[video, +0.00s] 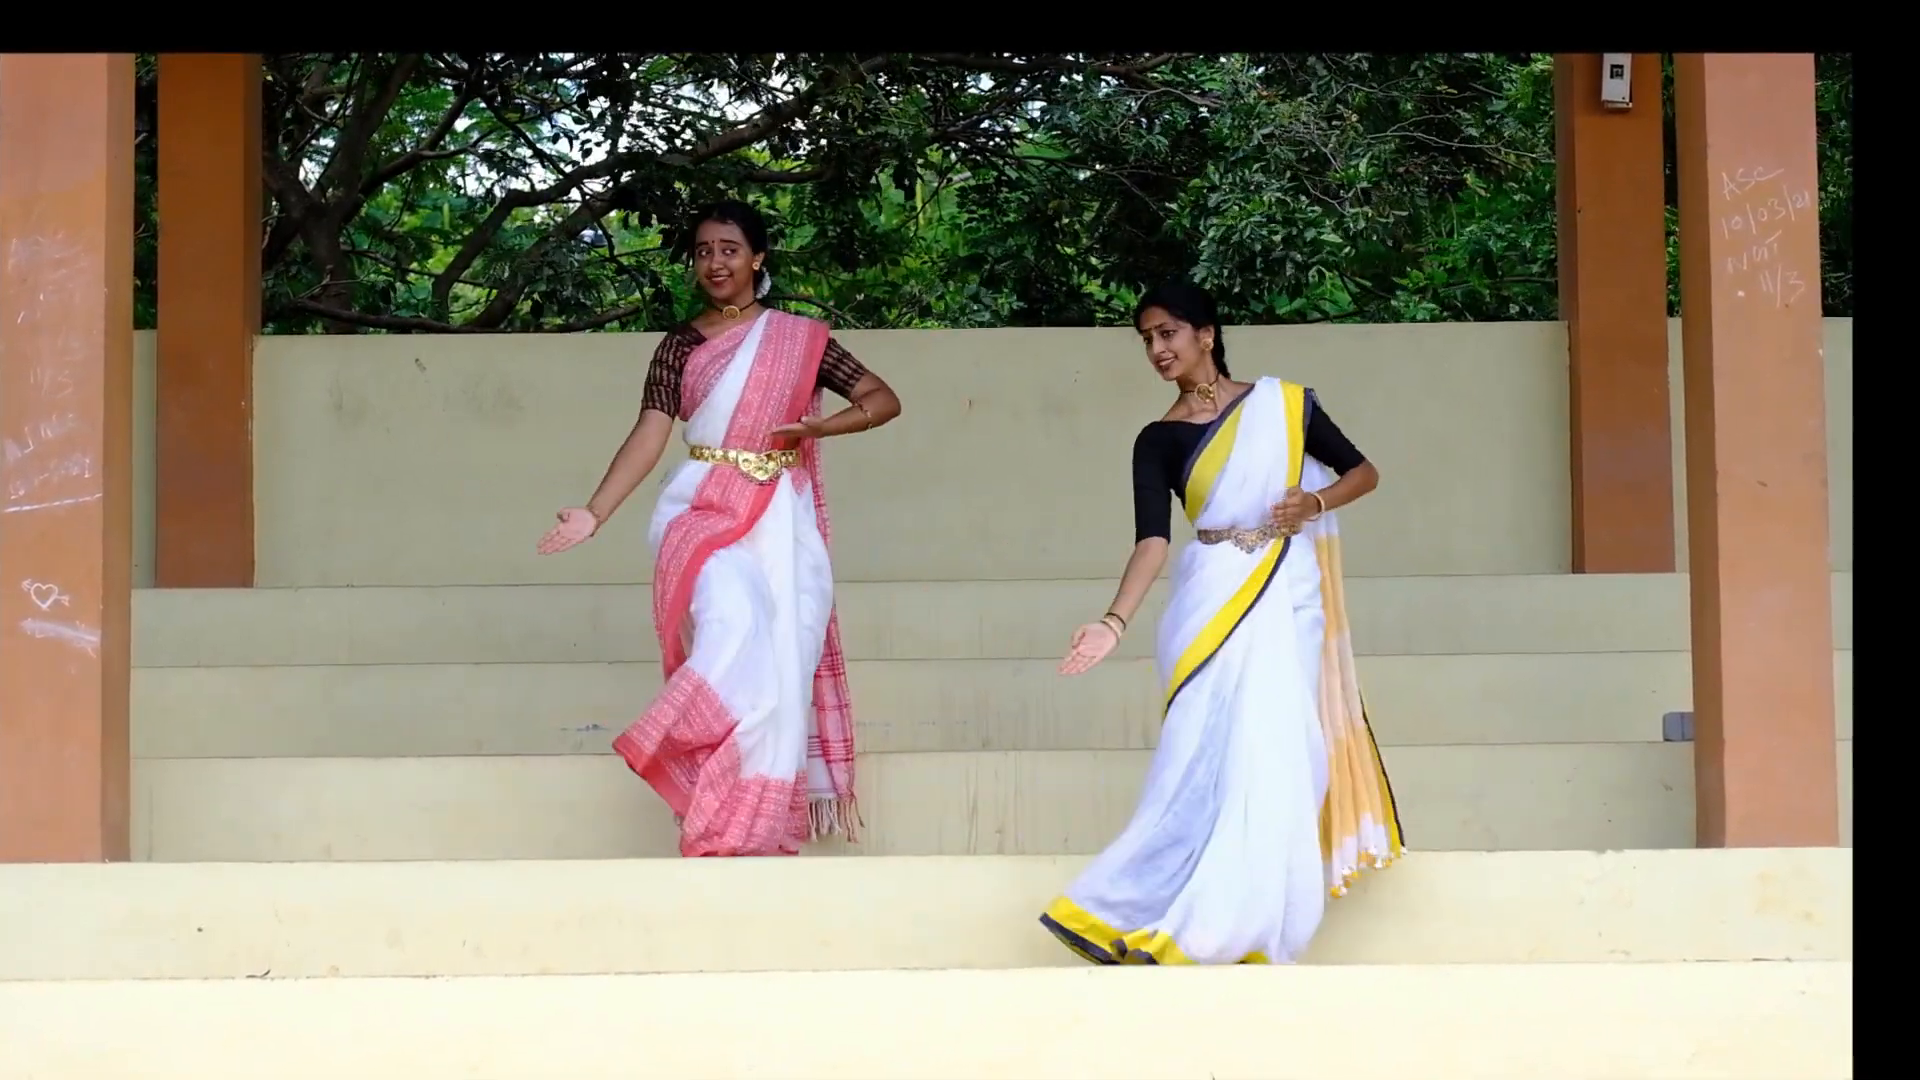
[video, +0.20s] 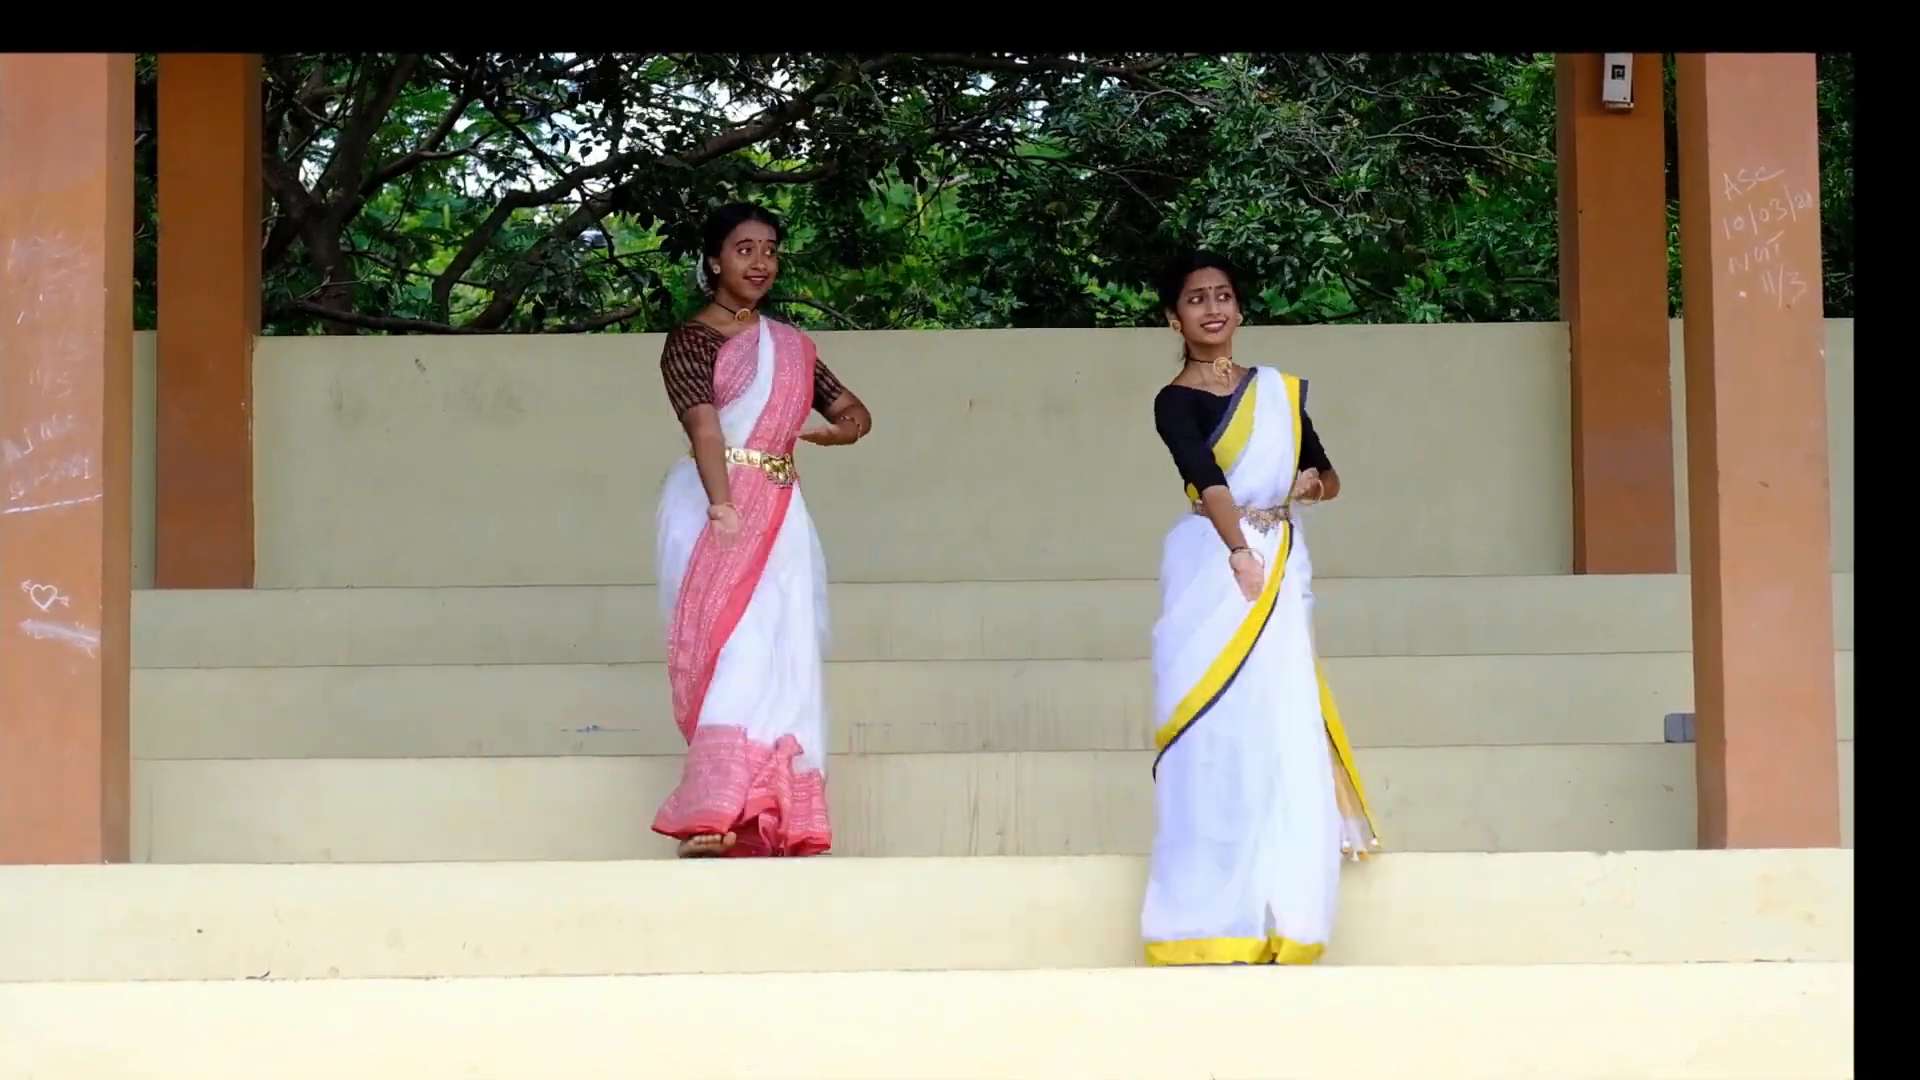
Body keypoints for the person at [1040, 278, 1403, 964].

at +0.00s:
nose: (1157, 351)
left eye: (1167, 334)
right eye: (1147, 339)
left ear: (1205, 332)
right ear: (1146, 346)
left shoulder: (1284, 402)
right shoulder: (1160, 440)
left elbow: (1364, 472)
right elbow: (1152, 542)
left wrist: (1317, 502)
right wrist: (1114, 621)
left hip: (1285, 593)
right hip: (1208, 596)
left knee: (1265, 751)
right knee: (1205, 753)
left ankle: (1249, 923)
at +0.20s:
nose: (1214, 309)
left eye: (1223, 297)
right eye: (1198, 299)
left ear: (1239, 309)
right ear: (1175, 315)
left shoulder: (1278, 389)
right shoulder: (1176, 402)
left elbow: (1327, 479)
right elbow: (1207, 483)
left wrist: (1306, 487)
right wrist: (1238, 548)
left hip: (1276, 571)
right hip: (1210, 571)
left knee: (1282, 733)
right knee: (1219, 735)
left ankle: (1283, 910)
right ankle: (1217, 913)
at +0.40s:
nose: (1249, 297)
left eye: (1254, 286)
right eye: (1234, 286)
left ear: (1260, 299)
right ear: (1197, 301)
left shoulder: (1275, 385)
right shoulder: (1196, 383)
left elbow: (1280, 492)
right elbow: (1251, 442)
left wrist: (1302, 491)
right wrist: (1314, 469)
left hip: (1274, 567)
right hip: (1214, 562)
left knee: (1281, 727)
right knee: (1216, 731)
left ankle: (1300, 908)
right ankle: (1230, 911)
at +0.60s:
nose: (1264, 295)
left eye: (1266, 285)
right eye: (1249, 283)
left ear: (1265, 300)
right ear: (1210, 296)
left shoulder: (1271, 388)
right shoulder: (1205, 374)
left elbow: (1278, 511)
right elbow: (1285, 420)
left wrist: (1309, 484)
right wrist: (1366, 424)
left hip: (1270, 563)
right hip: (1219, 557)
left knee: (1281, 731)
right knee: (1221, 731)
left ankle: (1292, 918)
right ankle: (1232, 921)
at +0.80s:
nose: (1269, 295)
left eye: (1271, 285)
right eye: (1255, 284)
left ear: (1264, 301)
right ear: (1215, 297)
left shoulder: (1262, 393)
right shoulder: (1209, 373)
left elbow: (1288, 518)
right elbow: (1300, 406)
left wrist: (1317, 477)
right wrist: (1385, 396)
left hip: (1267, 565)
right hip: (1218, 558)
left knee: (1277, 730)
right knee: (1217, 729)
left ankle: (1286, 913)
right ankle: (1226, 919)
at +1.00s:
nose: (1269, 294)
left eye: (1271, 284)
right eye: (1255, 283)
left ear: (1266, 299)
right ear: (1216, 296)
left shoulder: (1267, 397)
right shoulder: (1210, 372)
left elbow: (1296, 516)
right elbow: (1303, 399)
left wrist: (1319, 469)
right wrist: (1392, 379)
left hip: (1265, 565)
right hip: (1214, 558)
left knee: (1270, 733)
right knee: (1212, 732)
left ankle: (1277, 917)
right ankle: (1221, 922)